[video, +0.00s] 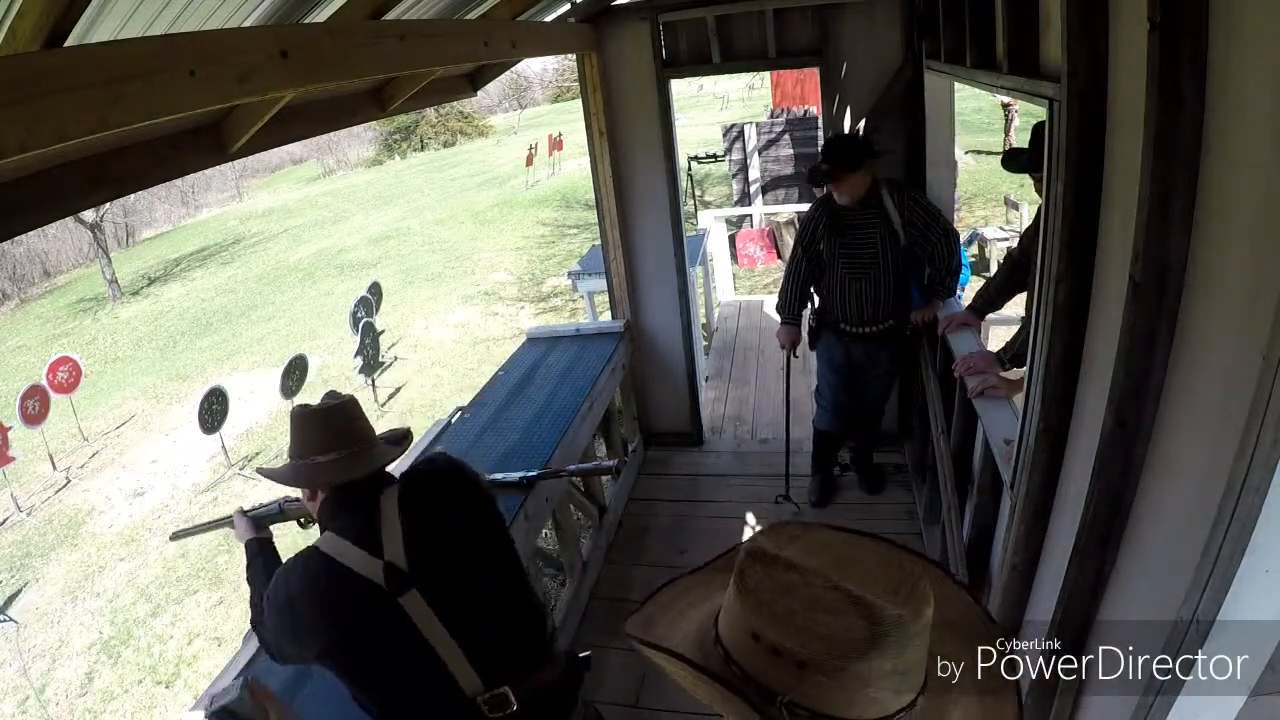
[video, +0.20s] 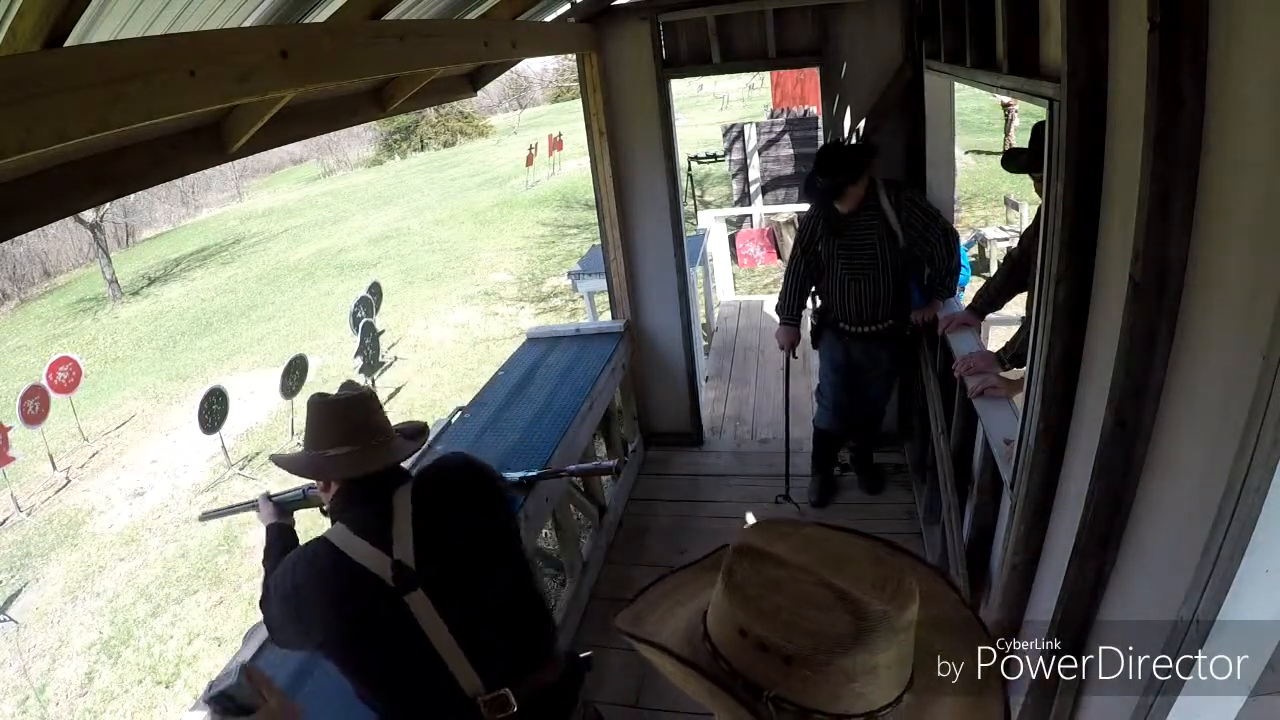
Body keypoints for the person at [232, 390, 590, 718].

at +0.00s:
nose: (302, 491)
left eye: (300, 482)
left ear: (312, 490)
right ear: (380, 458)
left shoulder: (306, 589)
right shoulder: (448, 479)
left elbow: (278, 636)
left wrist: (254, 543)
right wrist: (333, 502)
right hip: (546, 683)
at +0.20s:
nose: (311, 481)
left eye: (314, 473)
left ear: (325, 481)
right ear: (393, 451)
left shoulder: (310, 577)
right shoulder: (464, 478)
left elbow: (283, 622)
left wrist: (276, 528)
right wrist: (354, 487)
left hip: (439, 716)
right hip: (547, 683)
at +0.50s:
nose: (342, 465)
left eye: (342, 457)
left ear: (351, 466)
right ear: (421, 435)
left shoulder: (325, 559)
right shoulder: (488, 464)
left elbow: (287, 591)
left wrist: (282, 510)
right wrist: (380, 476)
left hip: (435, 715)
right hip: (546, 685)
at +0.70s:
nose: (355, 437)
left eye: (357, 428)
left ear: (363, 434)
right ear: (442, 415)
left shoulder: (344, 531)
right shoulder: (504, 459)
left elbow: (322, 520)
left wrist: (306, 471)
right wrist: (385, 461)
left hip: (450, 703)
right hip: (552, 672)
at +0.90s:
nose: (415, 417)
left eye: (418, 409)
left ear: (425, 415)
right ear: (493, 397)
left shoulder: (402, 498)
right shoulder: (555, 447)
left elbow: (370, 553)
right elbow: (586, 543)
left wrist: (381, 463)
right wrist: (438, 458)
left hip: (496, 682)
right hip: (588, 649)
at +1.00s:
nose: (456, 396)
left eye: (458, 386)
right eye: (457, 385)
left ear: (470, 392)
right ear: (530, 379)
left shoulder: (453, 476)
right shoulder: (589, 433)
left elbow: (396, 545)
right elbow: (615, 526)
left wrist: (388, 467)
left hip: (530, 648)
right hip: (611, 619)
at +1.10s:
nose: (491, 374)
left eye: (490, 364)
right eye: (489, 364)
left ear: (503, 368)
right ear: (559, 352)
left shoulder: (485, 446)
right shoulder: (626, 403)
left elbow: (436, 531)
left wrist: (403, 475)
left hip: (563, 615)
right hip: (644, 586)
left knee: (545, 705)